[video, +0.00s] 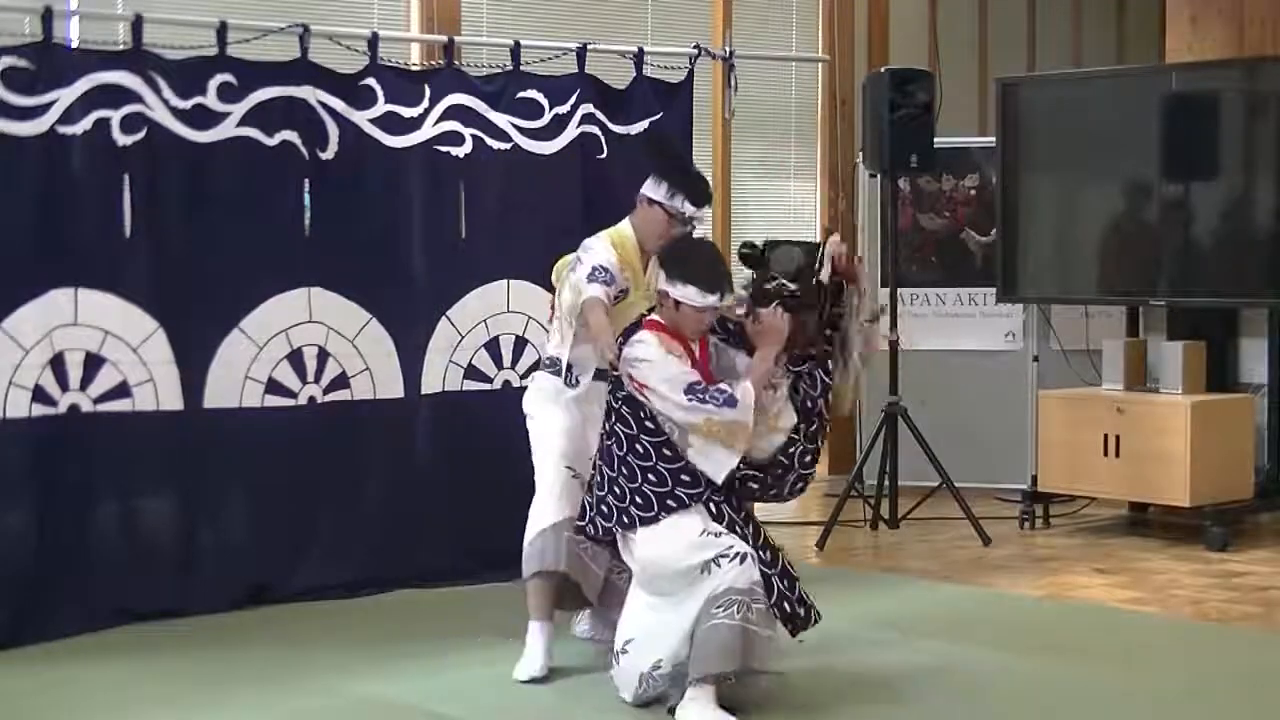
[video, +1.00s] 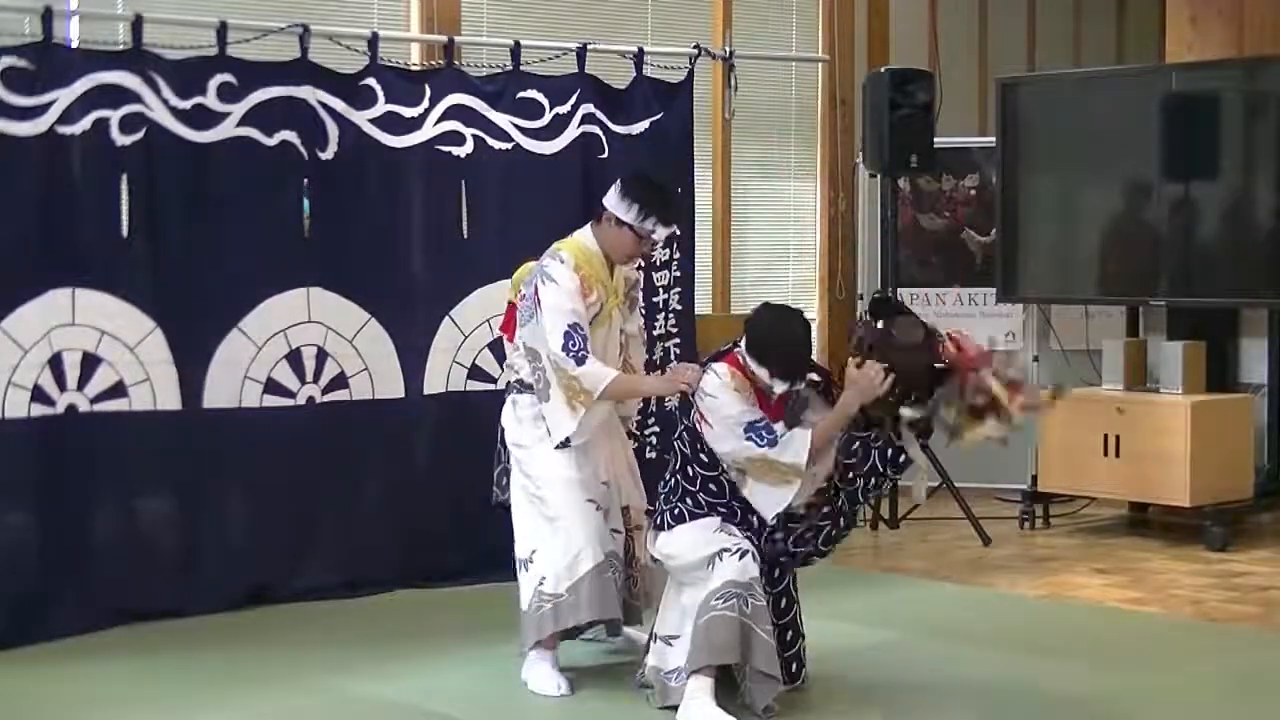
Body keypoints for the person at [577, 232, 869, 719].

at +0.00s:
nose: (709, 317)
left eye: (715, 306)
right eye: (699, 307)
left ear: (722, 299)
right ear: (665, 298)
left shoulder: (711, 345)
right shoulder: (645, 350)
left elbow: (762, 435)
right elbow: (716, 414)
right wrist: (766, 355)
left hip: (696, 497)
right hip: (648, 501)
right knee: (736, 565)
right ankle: (700, 694)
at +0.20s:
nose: (717, 360)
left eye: (726, 351)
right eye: (707, 348)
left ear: (735, 344)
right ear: (679, 330)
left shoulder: (721, 374)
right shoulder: (654, 376)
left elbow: (778, 448)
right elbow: (700, 417)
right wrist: (757, 379)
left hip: (709, 517)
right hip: (660, 517)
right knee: (741, 568)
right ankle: (699, 697)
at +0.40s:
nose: (729, 380)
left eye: (739, 371)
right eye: (720, 369)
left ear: (752, 355)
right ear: (698, 347)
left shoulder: (746, 372)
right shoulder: (674, 385)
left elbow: (785, 414)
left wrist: (808, 346)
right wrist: (808, 352)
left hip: (726, 518)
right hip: (678, 521)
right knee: (738, 566)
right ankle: (698, 695)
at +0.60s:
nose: (760, 382)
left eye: (767, 373)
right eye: (754, 373)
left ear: (776, 358)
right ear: (730, 358)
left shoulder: (772, 380)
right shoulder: (697, 390)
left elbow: (814, 464)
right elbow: (760, 458)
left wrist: (826, 392)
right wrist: (813, 400)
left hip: (739, 514)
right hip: (687, 514)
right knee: (739, 563)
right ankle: (698, 692)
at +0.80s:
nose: (776, 382)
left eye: (782, 373)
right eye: (770, 372)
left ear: (782, 361)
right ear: (744, 356)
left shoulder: (762, 379)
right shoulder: (709, 390)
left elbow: (798, 434)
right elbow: (747, 444)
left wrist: (819, 369)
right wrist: (808, 401)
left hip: (740, 517)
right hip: (693, 519)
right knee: (743, 563)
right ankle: (698, 693)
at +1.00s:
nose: (780, 385)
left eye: (789, 377)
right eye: (772, 376)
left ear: (801, 359)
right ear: (751, 358)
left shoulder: (793, 379)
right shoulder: (719, 385)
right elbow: (784, 454)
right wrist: (849, 403)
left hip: (744, 517)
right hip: (693, 512)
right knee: (736, 563)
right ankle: (698, 694)